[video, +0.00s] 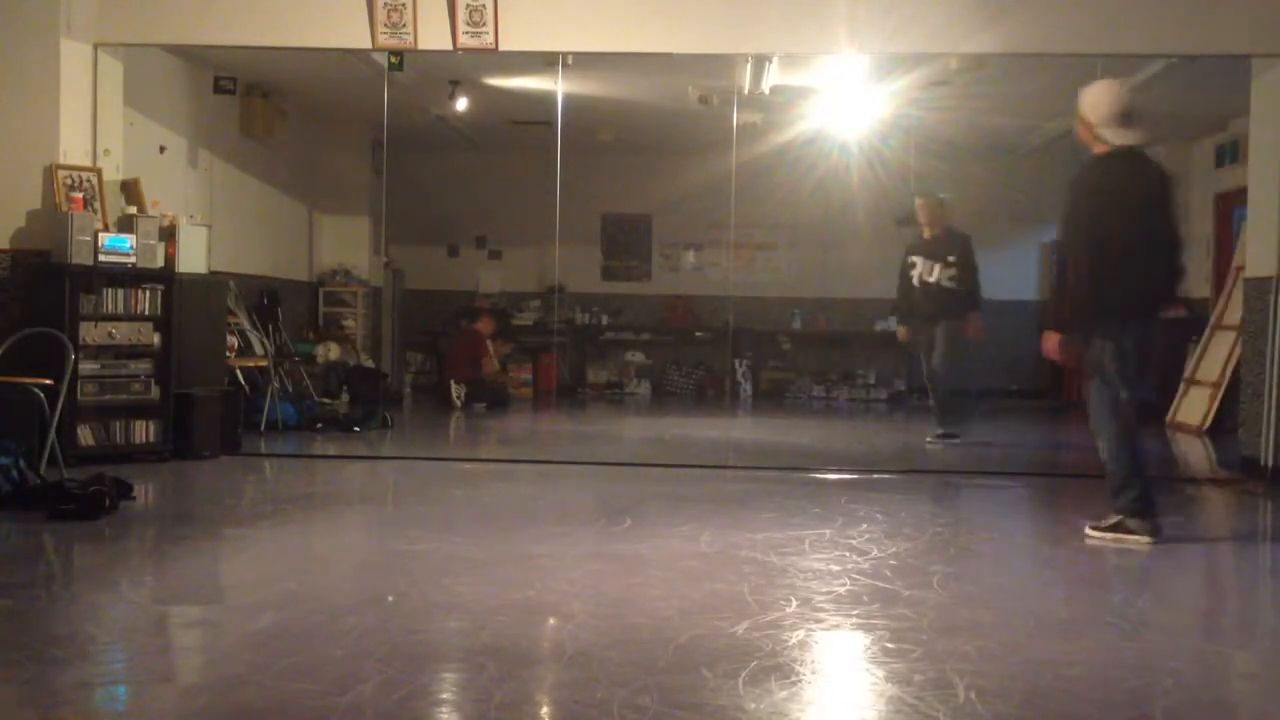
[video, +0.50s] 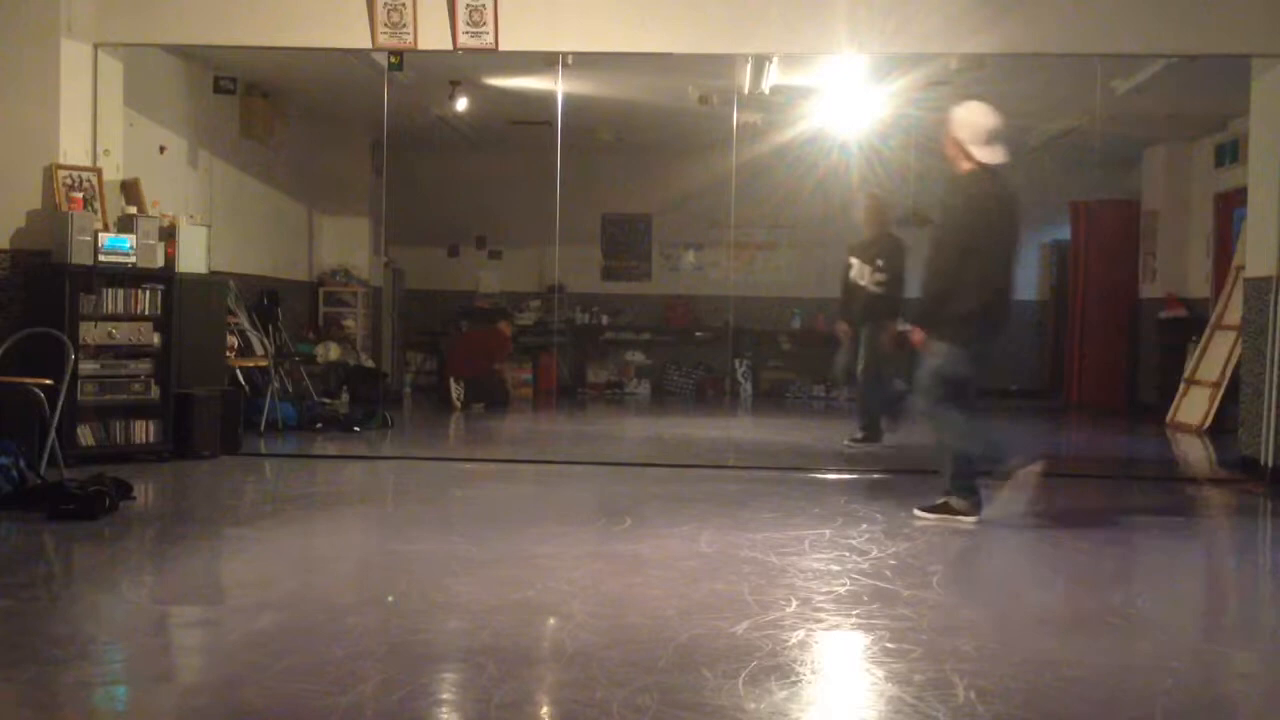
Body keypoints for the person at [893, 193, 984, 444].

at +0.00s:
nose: (923, 214)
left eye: (928, 208)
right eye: (919, 209)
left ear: (941, 210)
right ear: (916, 213)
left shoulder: (960, 243)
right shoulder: (913, 247)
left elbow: (971, 281)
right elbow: (904, 286)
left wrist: (974, 314)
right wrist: (902, 321)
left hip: (950, 314)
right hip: (921, 315)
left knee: (941, 367)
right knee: (930, 369)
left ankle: (949, 424)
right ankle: (942, 425)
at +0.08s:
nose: (917, 217)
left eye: (922, 210)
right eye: (913, 211)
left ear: (935, 213)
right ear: (909, 216)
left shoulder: (950, 244)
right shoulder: (906, 250)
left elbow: (961, 282)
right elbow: (896, 287)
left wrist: (964, 315)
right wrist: (894, 320)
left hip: (943, 316)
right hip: (918, 318)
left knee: (931, 369)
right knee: (924, 370)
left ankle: (945, 424)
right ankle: (938, 421)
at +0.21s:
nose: (905, 222)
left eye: (910, 217)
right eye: (901, 217)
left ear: (922, 219)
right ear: (897, 220)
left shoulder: (935, 247)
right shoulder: (892, 253)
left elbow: (944, 287)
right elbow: (881, 291)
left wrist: (945, 322)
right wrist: (881, 324)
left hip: (926, 318)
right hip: (903, 319)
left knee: (906, 367)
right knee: (920, 374)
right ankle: (946, 423)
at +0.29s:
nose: (891, 219)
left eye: (896, 214)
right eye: (889, 214)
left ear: (910, 217)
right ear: (886, 218)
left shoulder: (925, 249)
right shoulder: (882, 253)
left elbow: (932, 290)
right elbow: (873, 293)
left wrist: (932, 324)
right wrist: (874, 327)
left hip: (911, 321)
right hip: (887, 321)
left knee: (887, 369)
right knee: (913, 375)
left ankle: (877, 425)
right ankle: (941, 418)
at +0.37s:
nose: (884, 220)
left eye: (889, 214)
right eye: (881, 214)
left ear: (900, 216)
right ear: (876, 217)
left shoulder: (912, 249)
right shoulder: (871, 254)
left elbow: (917, 290)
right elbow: (866, 294)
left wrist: (918, 324)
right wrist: (865, 326)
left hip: (902, 320)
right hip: (878, 320)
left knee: (875, 367)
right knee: (903, 371)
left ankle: (873, 426)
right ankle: (929, 404)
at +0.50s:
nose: (870, 219)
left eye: (875, 213)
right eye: (867, 213)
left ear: (885, 216)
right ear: (862, 216)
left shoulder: (892, 245)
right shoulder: (856, 248)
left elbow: (895, 285)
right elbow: (847, 286)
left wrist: (892, 320)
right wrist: (843, 317)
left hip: (879, 317)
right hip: (857, 316)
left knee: (867, 371)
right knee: (848, 369)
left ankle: (870, 427)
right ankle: (890, 400)